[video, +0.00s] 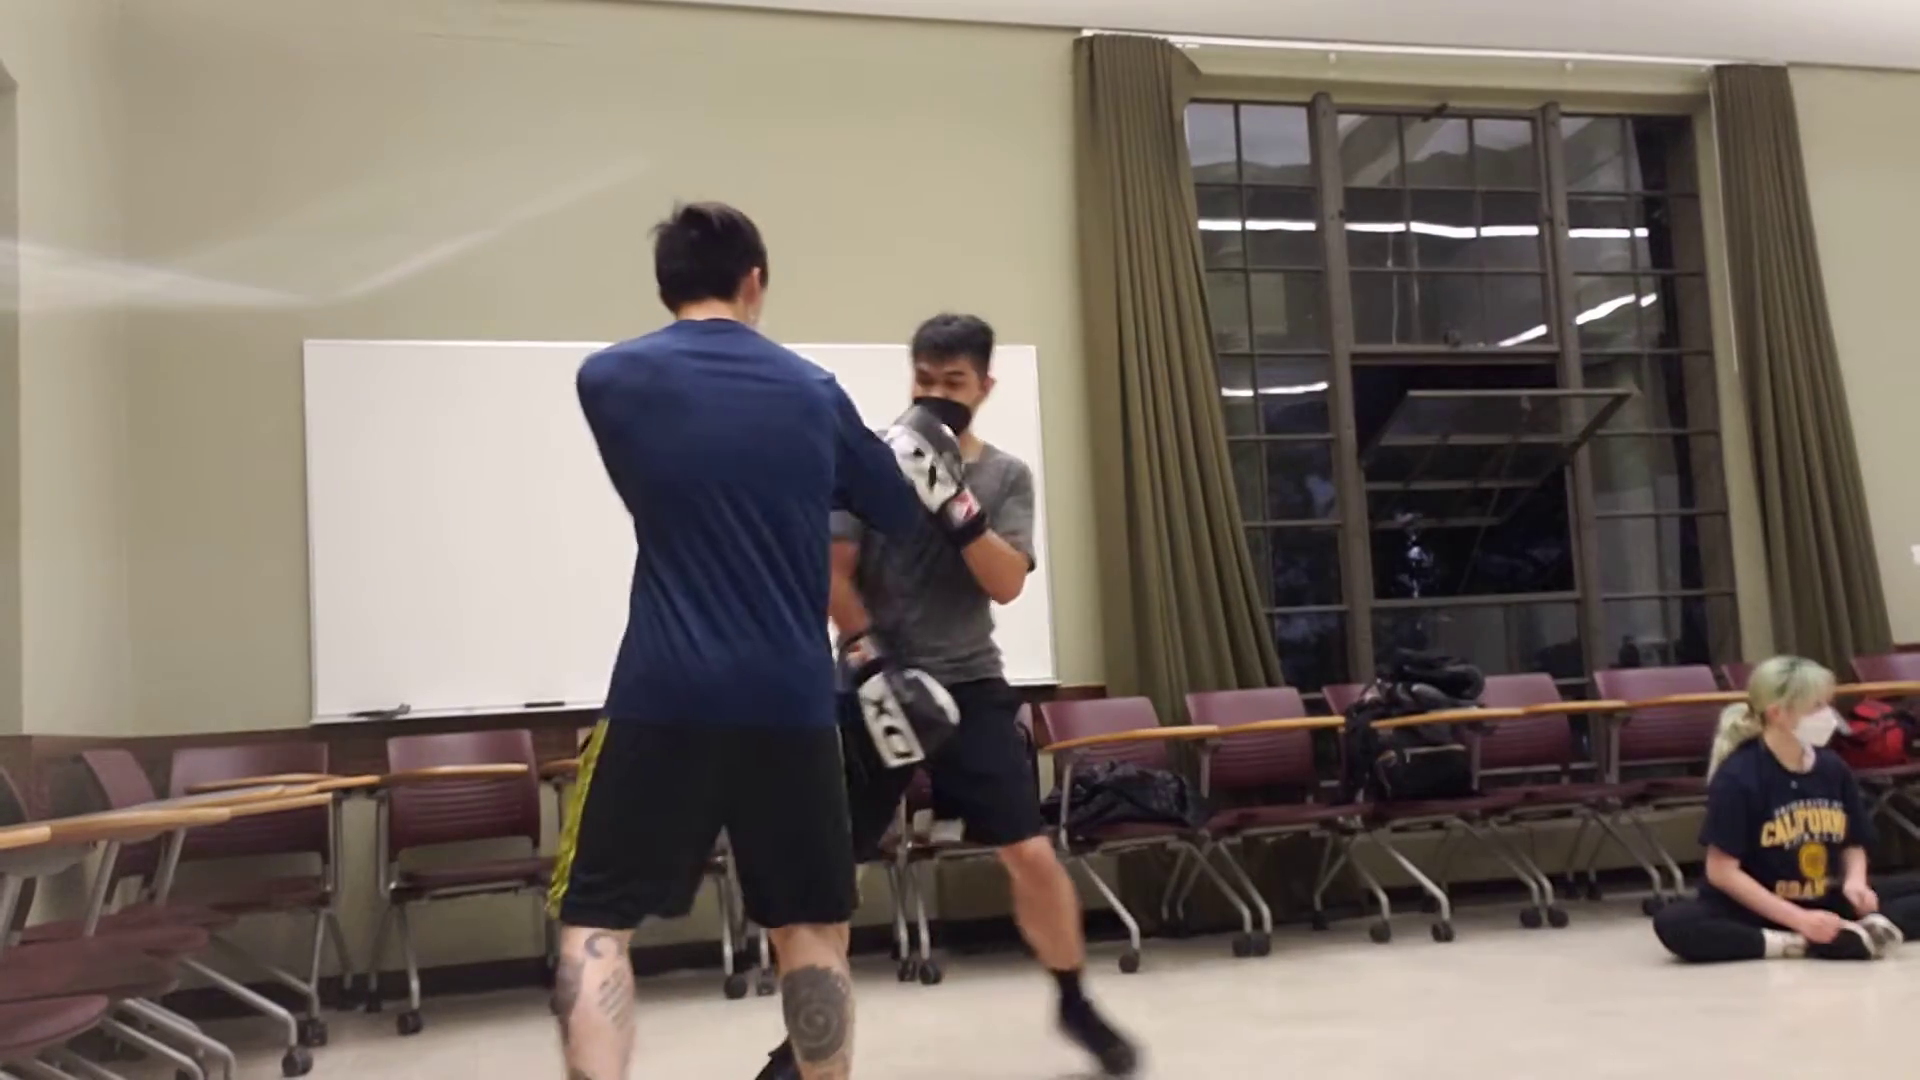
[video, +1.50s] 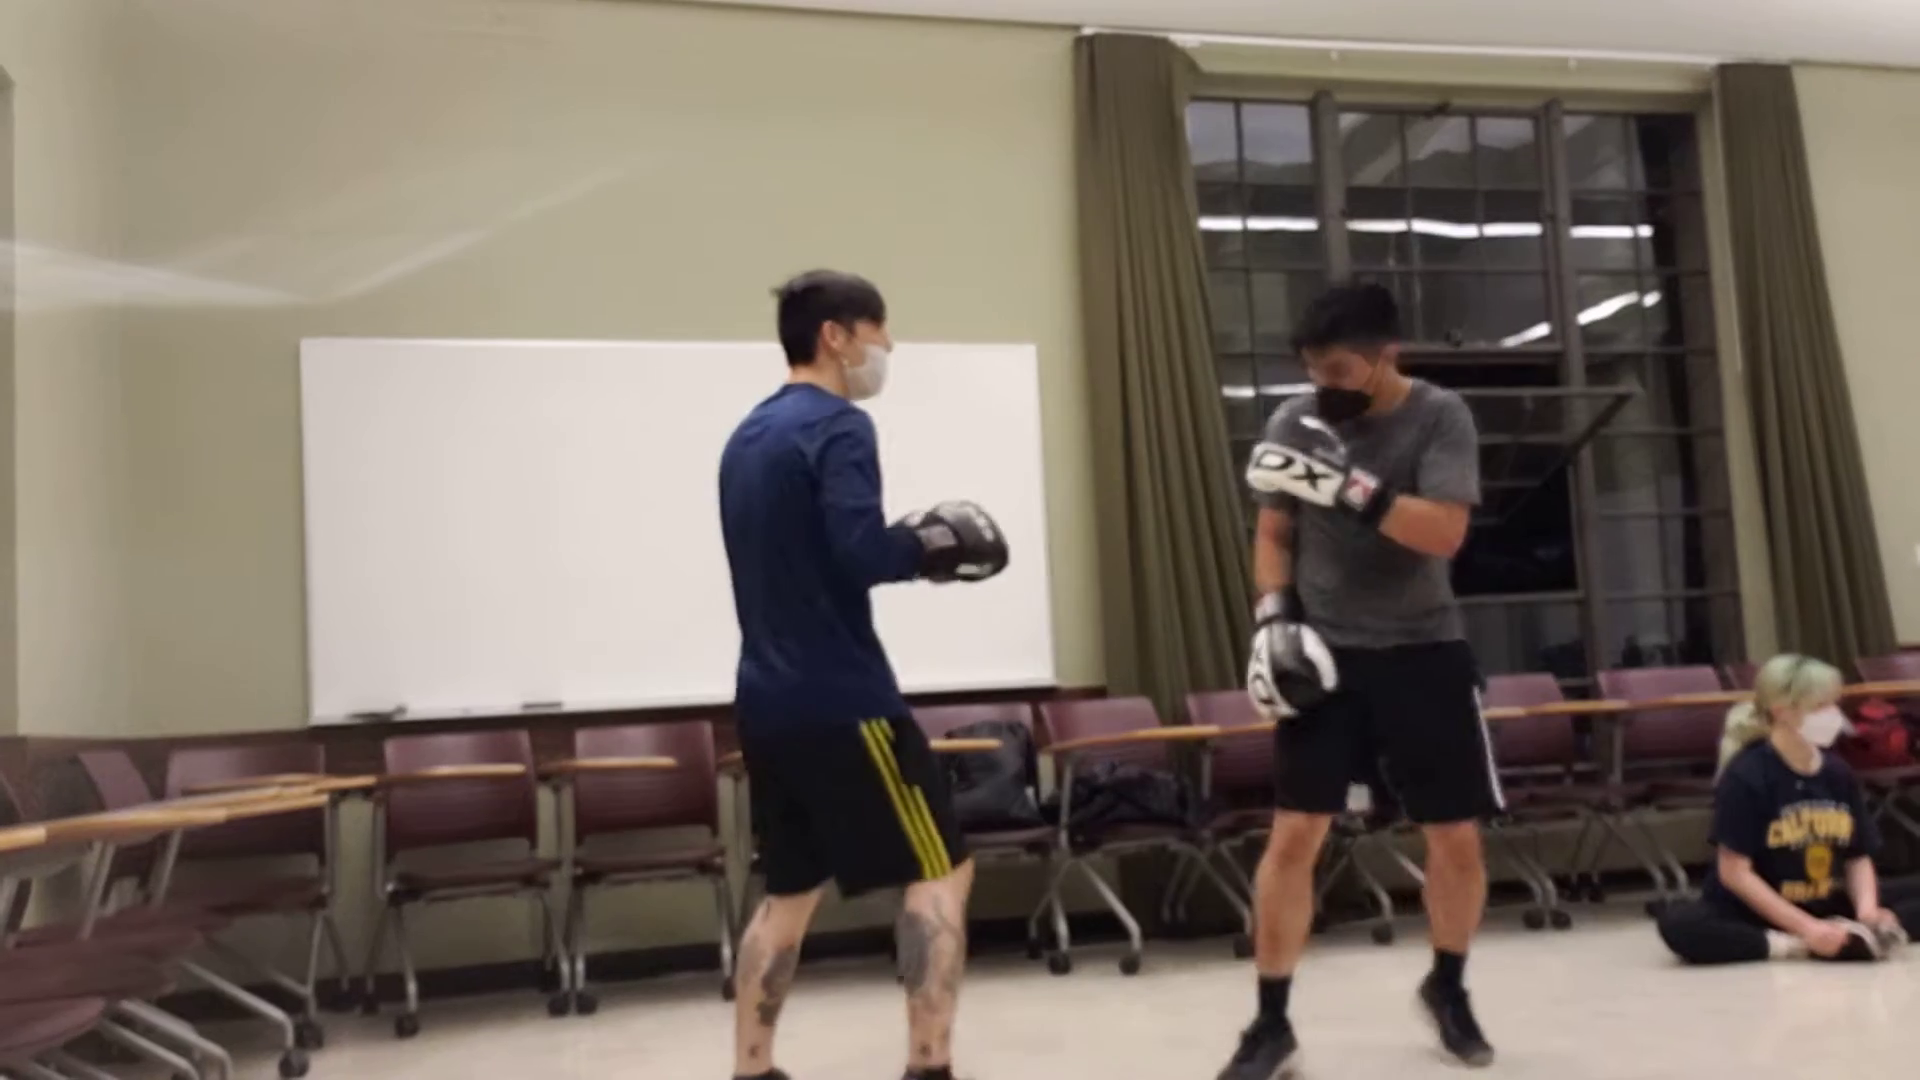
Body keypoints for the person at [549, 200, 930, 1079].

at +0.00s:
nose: (765, 292)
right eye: (765, 281)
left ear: (665, 289)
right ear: (755, 282)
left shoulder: (607, 378)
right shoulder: (810, 390)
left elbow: (679, 481)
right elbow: (898, 510)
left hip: (664, 698)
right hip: (791, 703)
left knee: (596, 924)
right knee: (811, 933)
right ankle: (819, 1076)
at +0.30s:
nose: (759, 314)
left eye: (754, 303)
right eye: (759, 302)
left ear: (661, 305)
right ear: (745, 297)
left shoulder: (601, 394)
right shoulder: (797, 390)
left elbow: (651, 499)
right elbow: (856, 537)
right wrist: (762, 484)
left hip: (671, 711)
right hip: (794, 706)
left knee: (657, 943)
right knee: (819, 934)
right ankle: (837, 1075)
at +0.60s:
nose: (793, 319)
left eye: (794, 301)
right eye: (785, 299)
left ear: (706, 302)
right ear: (732, 295)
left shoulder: (612, 411)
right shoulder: (795, 402)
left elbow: (693, 518)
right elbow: (847, 550)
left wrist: (839, 483)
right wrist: (890, 502)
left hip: (665, 713)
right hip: (787, 706)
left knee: (667, 931)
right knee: (858, 906)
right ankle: (912, 1072)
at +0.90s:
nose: (869, 331)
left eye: (868, 312)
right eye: (865, 312)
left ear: (778, 313)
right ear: (833, 310)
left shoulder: (712, 417)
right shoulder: (859, 420)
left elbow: (788, 502)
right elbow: (921, 554)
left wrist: (859, 410)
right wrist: (963, 459)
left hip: (742, 711)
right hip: (855, 707)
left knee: (722, 909)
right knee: (906, 910)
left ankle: (673, 1072)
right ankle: (938, 1071)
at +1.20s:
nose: (909, 356)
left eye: (910, 339)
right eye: (906, 338)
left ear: (823, 332)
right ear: (870, 328)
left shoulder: (746, 419)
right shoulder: (879, 418)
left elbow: (820, 534)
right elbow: (925, 561)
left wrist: (929, 484)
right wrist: (975, 498)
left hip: (768, 702)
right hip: (866, 703)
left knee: (782, 900)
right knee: (908, 909)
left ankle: (752, 1067)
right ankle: (938, 1072)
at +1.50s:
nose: (887, 351)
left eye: (885, 335)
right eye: (878, 335)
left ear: (816, 342)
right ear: (833, 337)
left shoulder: (747, 436)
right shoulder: (838, 427)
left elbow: (791, 572)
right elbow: (859, 557)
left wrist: (910, 546)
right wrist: (935, 541)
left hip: (767, 704)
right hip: (846, 702)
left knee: (793, 885)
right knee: (939, 870)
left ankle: (752, 1068)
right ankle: (930, 1066)